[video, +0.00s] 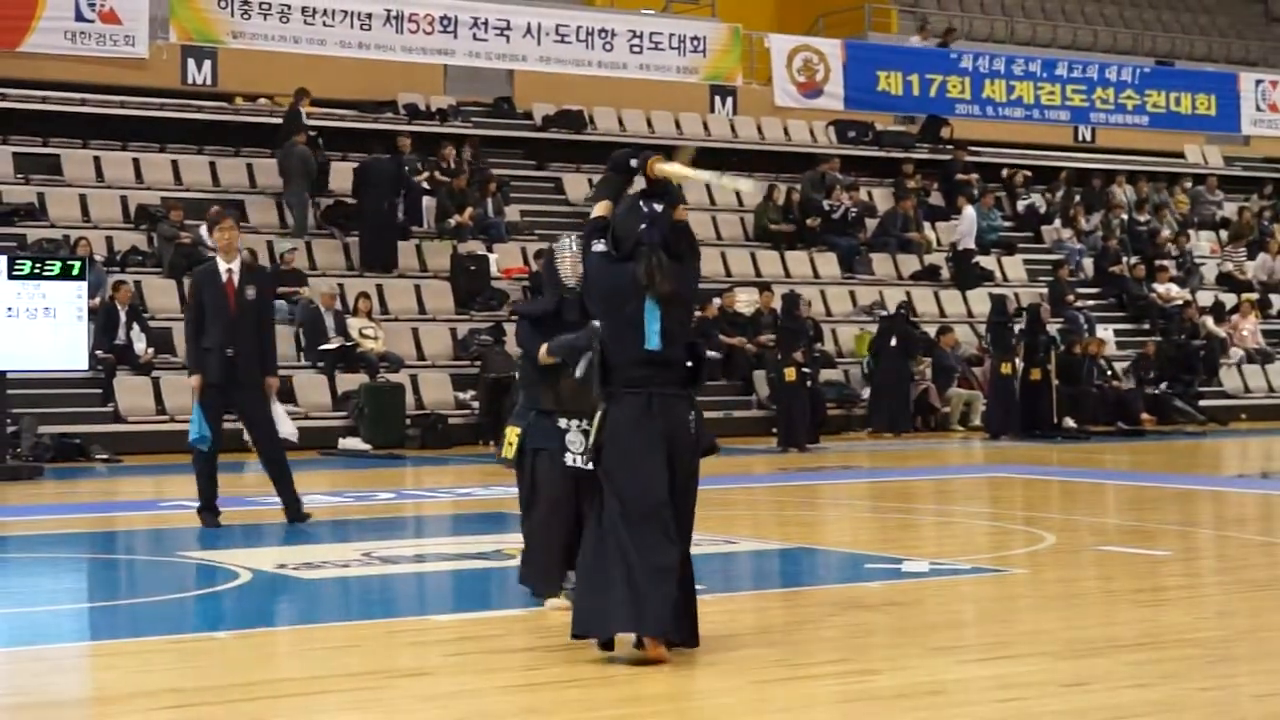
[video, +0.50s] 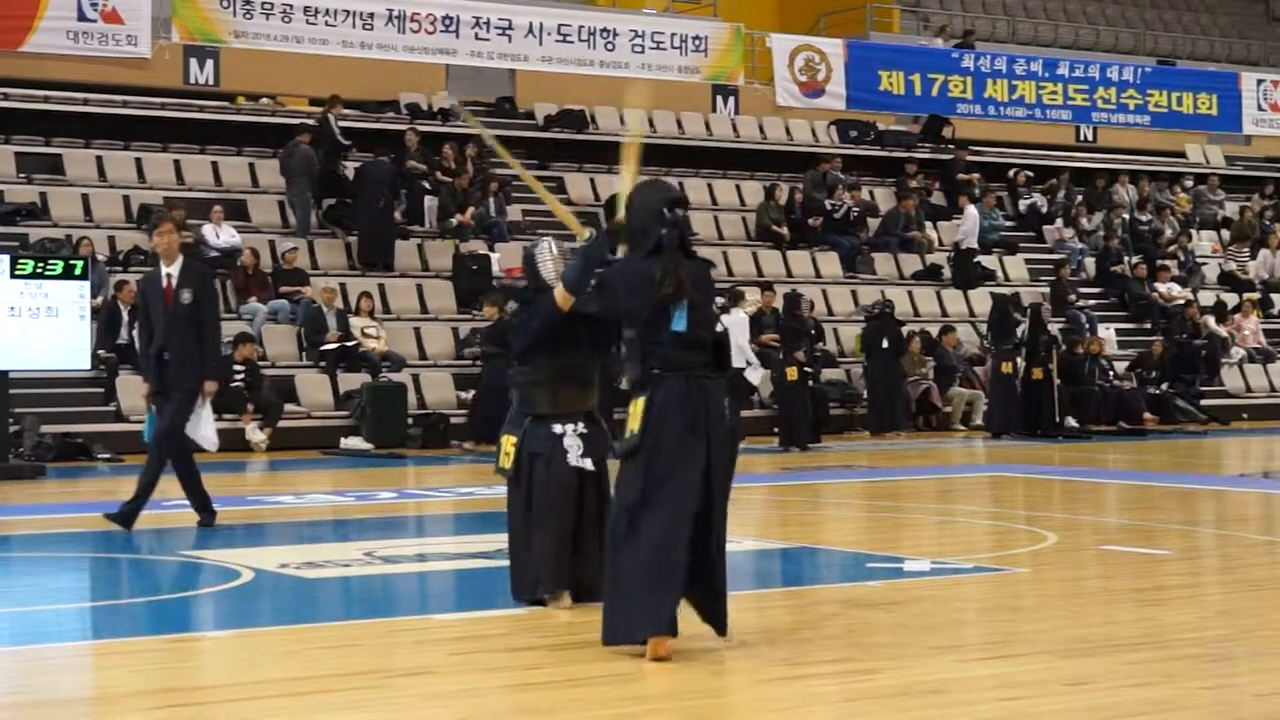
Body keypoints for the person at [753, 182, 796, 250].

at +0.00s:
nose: (778, 196)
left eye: (779, 193)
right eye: (776, 193)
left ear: (780, 193)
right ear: (771, 193)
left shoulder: (778, 208)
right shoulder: (761, 207)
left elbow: (779, 223)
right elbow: (766, 226)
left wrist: (787, 226)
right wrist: (783, 228)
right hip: (762, 235)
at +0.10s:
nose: (778, 195)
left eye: (778, 192)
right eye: (776, 192)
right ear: (770, 192)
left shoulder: (778, 208)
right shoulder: (762, 207)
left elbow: (780, 222)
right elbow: (766, 225)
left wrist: (784, 228)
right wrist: (783, 230)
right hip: (762, 235)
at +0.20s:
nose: (778, 194)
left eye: (779, 192)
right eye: (776, 191)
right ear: (770, 192)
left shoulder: (778, 208)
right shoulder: (762, 206)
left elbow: (780, 222)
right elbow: (766, 225)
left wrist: (785, 229)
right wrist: (782, 230)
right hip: (762, 235)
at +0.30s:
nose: (779, 195)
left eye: (779, 192)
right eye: (777, 192)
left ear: (781, 193)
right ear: (771, 192)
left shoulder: (779, 208)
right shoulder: (763, 206)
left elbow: (781, 222)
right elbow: (767, 225)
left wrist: (785, 231)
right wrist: (781, 231)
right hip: (763, 235)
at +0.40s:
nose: (779, 194)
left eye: (780, 192)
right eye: (777, 191)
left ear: (780, 192)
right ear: (772, 192)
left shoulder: (779, 207)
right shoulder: (763, 206)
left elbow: (781, 221)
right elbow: (766, 225)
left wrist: (784, 230)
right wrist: (781, 231)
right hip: (763, 234)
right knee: (780, 238)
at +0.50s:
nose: (781, 194)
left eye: (781, 191)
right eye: (779, 191)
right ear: (772, 192)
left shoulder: (780, 207)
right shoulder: (763, 206)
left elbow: (783, 221)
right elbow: (766, 223)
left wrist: (785, 231)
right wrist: (782, 232)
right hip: (764, 235)